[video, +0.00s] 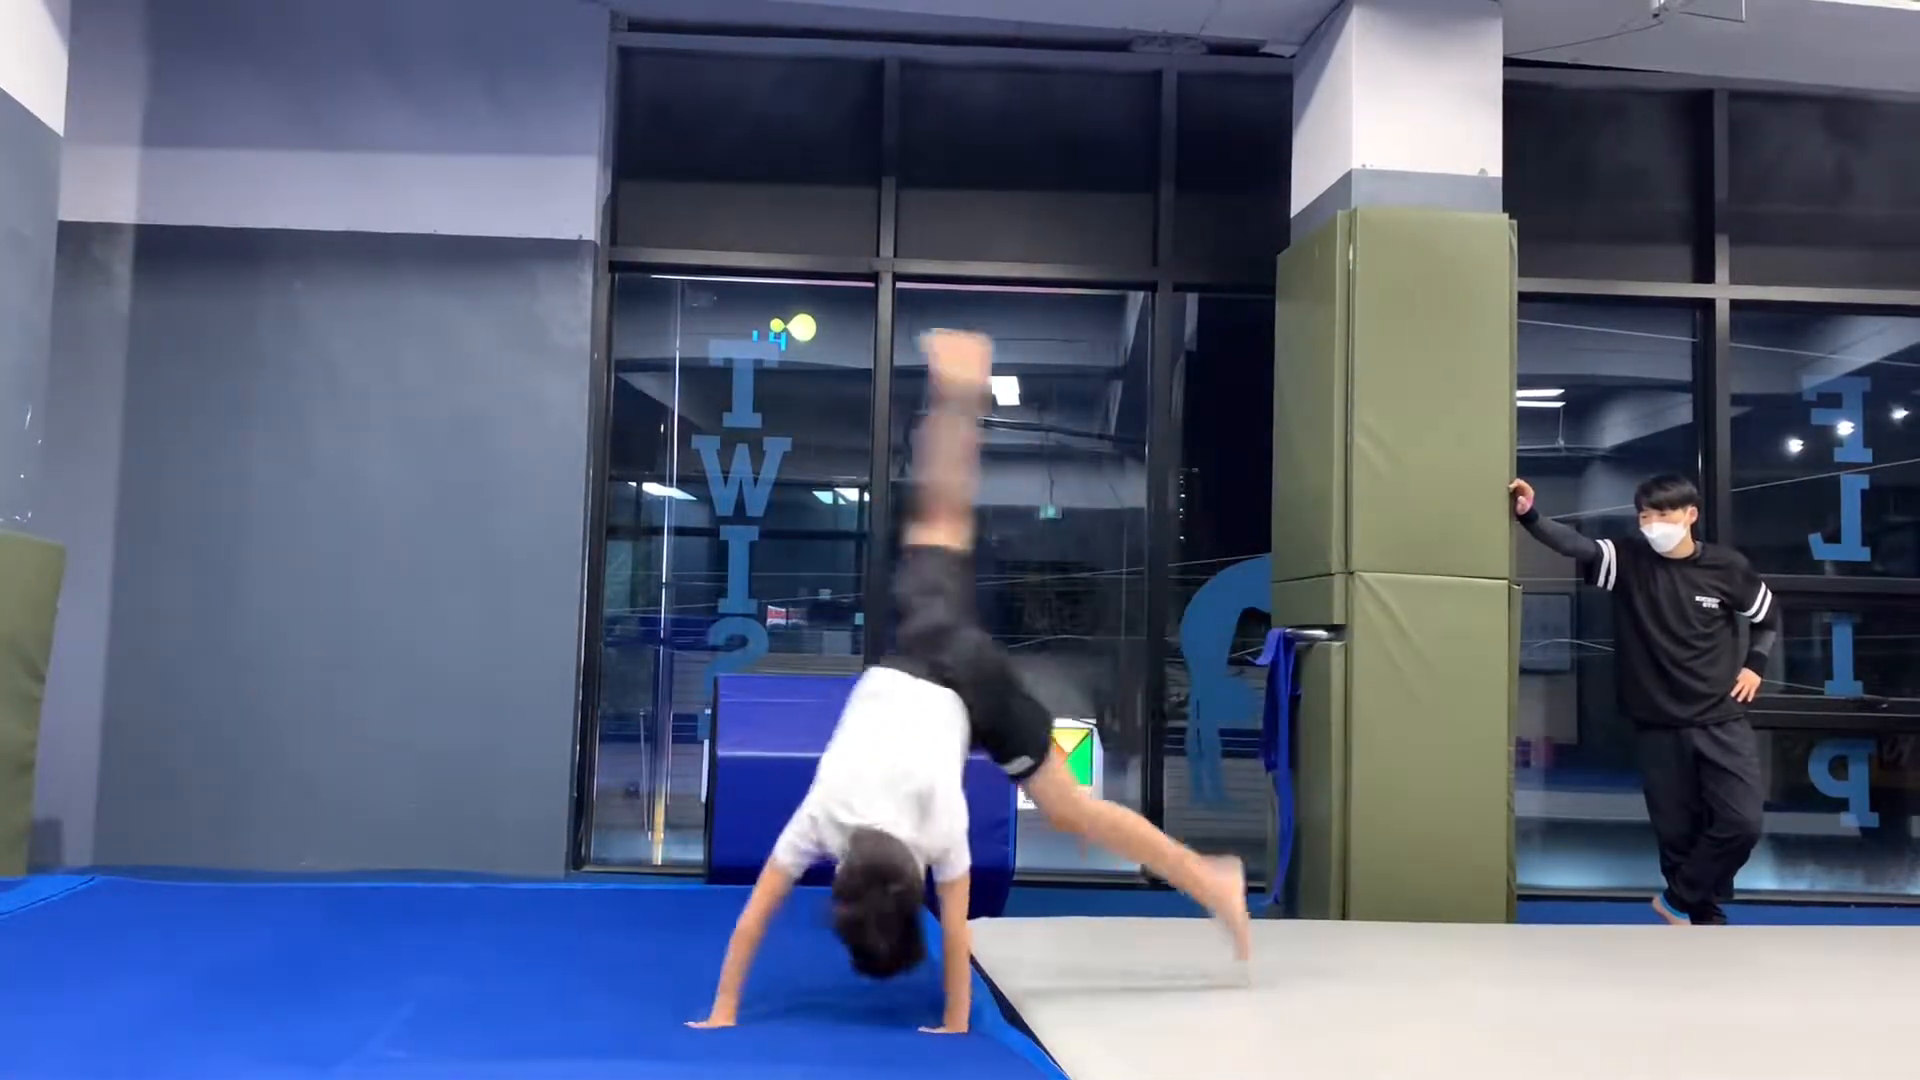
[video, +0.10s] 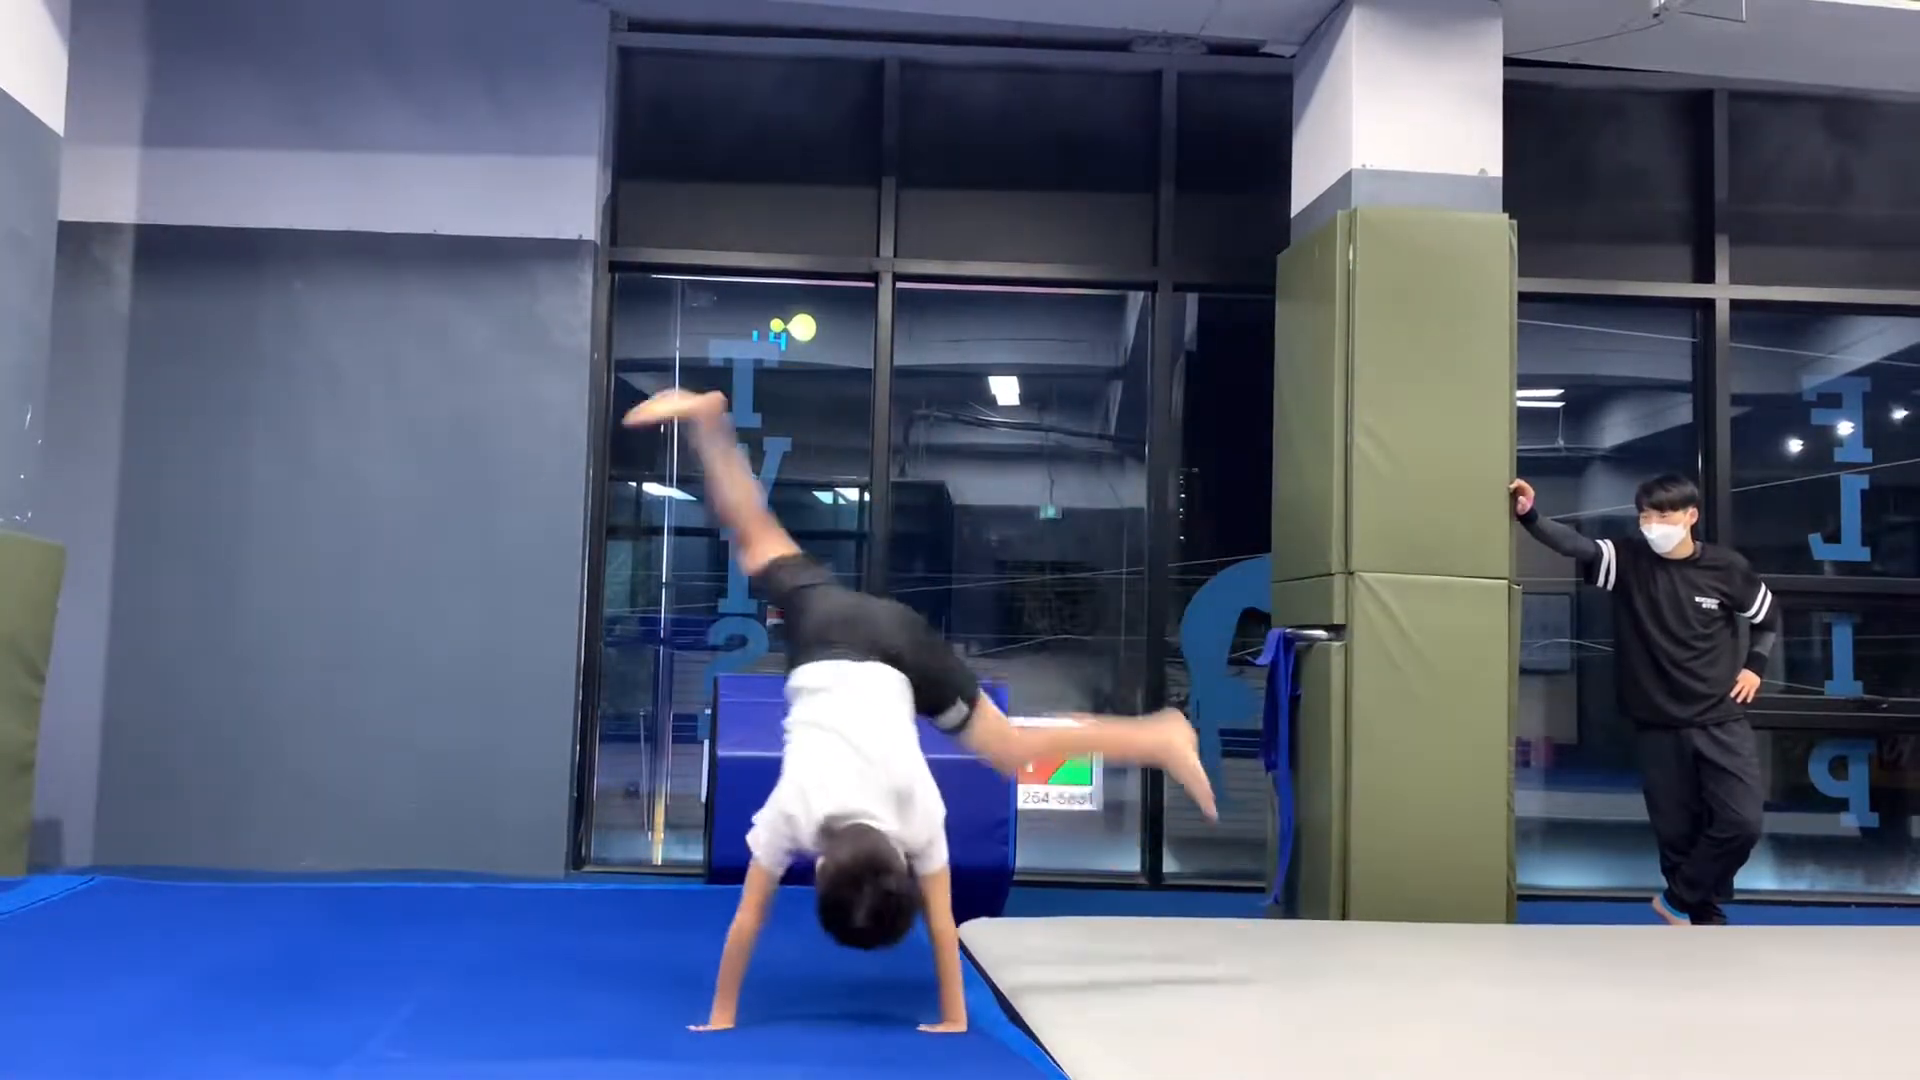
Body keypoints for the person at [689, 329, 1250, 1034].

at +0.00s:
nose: (890, 949)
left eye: (896, 941)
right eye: (872, 947)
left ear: (908, 899)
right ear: (840, 897)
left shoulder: (941, 830)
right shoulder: (816, 820)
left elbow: (955, 930)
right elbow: (758, 912)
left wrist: (956, 1022)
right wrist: (723, 1011)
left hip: (973, 680)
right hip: (911, 654)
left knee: (1071, 808)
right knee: (938, 511)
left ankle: (1208, 879)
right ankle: (958, 391)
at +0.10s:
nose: (875, 937)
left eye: (885, 928)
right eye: (859, 935)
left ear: (904, 887)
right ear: (824, 884)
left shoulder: (924, 829)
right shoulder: (786, 825)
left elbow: (942, 926)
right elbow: (746, 921)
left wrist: (955, 1019)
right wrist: (721, 1015)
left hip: (904, 641)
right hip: (822, 623)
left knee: (1016, 750)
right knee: (751, 530)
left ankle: (1162, 736)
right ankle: (705, 415)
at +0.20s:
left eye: (858, 926)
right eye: (833, 932)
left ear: (878, 882)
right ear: (800, 880)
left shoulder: (891, 818)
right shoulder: (759, 817)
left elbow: (919, 913)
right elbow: (727, 919)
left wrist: (950, 1012)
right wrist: (720, 1021)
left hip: (821, 621)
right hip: (734, 641)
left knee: (941, 666)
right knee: (622, 659)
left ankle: (1006, 589)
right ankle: (544, 528)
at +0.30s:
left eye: (826, 903)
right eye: (801, 906)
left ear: (839, 848)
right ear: (770, 866)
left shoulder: (848, 799)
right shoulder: (722, 817)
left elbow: (890, 894)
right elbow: (711, 927)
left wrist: (943, 990)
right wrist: (719, 1028)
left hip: (738, 620)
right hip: (666, 651)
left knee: (802, 620)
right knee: (601, 796)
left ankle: (795, 538)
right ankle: (462, 758)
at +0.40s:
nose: (787, 872)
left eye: (800, 862)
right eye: (778, 867)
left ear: (818, 821)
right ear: (744, 841)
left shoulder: (798, 752)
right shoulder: (686, 819)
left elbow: (875, 829)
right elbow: (700, 922)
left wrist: (952, 908)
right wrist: (718, 1026)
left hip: (643, 645)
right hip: (585, 693)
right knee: (595, 883)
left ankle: (581, 587)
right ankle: (457, 943)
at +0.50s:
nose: (781, 771)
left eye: (781, 758)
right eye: (769, 782)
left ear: (762, 734)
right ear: (733, 785)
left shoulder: (747, 704)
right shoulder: (670, 796)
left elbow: (842, 718)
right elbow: (690, 908)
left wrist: (948, 731)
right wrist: (713, 1009)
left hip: (555, 659)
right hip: (523, 718)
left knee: (463, 707)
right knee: (556, 875)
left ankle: (365, 724)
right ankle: (443, 965)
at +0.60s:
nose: (738, 710)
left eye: (738, 699)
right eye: (727, 715)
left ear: (711, 666)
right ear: (692, 721)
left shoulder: (695, 638)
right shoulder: (632, 743)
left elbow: (792, 608)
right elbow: (648, 867)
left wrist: (888, 568)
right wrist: (685, 974)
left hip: (470, 652)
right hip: (480, 699)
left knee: (382, 795)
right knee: (520, 859)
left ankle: (226, 863)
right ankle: (434, 969)